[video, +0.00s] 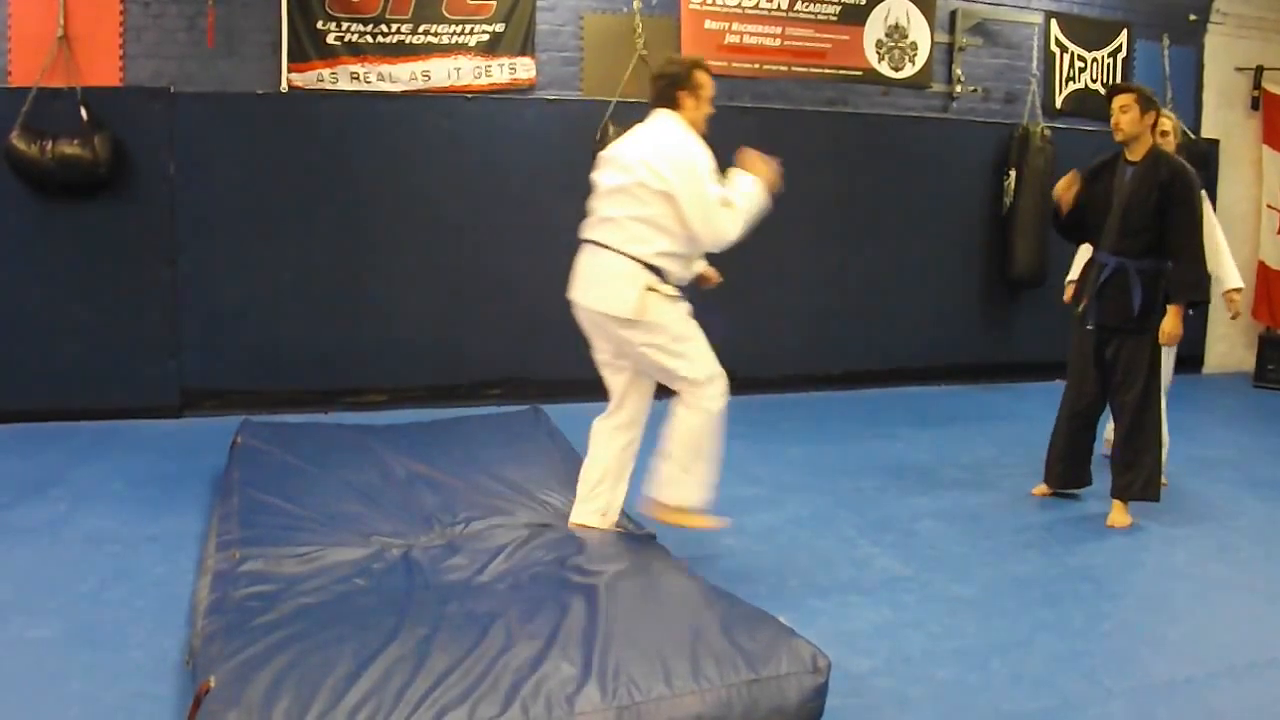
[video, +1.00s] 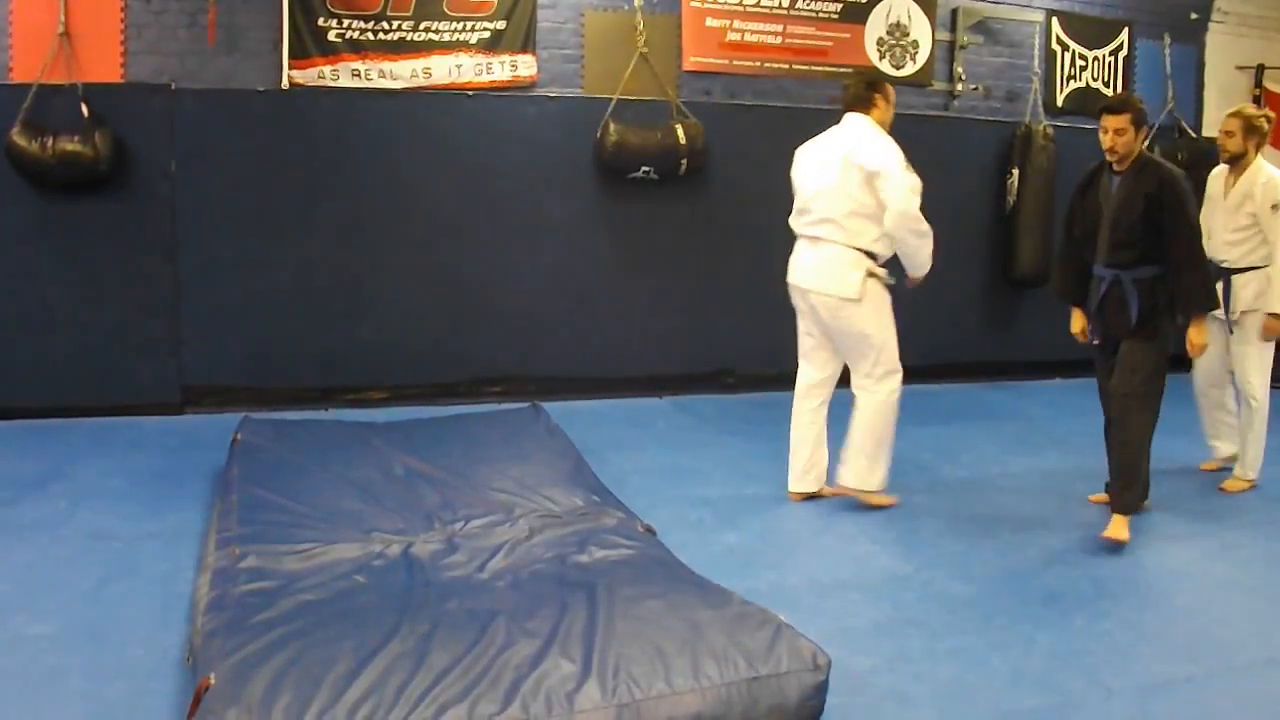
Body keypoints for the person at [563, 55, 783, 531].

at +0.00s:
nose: (711, 108)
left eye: (710, 98)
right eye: (707, 98)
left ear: (669, 97)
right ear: (684, 98)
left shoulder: (628, 141)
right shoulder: (685, 149)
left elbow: (630, 222)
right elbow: (714, 231)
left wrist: (688, 265)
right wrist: (753, 182)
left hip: (589, 283)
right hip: (633, 290)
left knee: (629, 398)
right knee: (705, 383)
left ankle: (592, 515)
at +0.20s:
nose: (779, 117)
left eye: (778, 107)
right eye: (774, 107)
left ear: (737, 106)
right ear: (753, 106)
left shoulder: (683, 153)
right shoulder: (754, 160)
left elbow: (685, 221)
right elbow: (781, 245)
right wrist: (834, 226)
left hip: (663, 290)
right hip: (713, 301)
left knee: (681, 405)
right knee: (751, 417)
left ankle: (609, 496)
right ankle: (759, 531)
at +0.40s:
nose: (824, 109)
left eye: (824, 98)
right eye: (821, 99)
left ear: (779, 95)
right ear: (802, 97)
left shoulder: (727, 142)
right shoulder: (803, 151)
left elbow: (723, 212)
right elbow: (826, 234)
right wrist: (879, 221)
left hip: (713, 278)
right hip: (757, 288)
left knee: (762, 379)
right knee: (779, 408)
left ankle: (711, 454)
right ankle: (764, 528)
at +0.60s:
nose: (849, 113)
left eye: (848, 103)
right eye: (846, 103)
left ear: (807, 100)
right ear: (827, 100)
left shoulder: (754, 147)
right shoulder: (828, 153)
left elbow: (755, 216)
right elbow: (856, 231)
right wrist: (906, 219)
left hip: (747, 281)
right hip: (789, 289)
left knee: (791, 388)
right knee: (784, 404)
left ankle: (796, 476)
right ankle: (761, 525)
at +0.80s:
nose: (871, 115)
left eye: (870, 107)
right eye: (867, 106)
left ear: (828, 107)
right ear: (846, 105)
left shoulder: (784, 153)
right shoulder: (849, 150)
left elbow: (784, 219)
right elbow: (875, 222)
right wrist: (912, 193)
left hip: (779, 277)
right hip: (817, 283)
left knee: (805, 388)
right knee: (837, 396)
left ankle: (810, 480)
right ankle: (781, 493)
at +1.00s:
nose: (894, 109)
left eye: (892, 101)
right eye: (891, 101)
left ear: (849, 102)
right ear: (878, 101)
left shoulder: (810, 148)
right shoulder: (884, 152)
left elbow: (806, 209)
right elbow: (903, 214)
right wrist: (918, 265)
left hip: (804, 264)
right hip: (850, 273)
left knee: (814, 374)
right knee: (879, 376)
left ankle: (804, 480)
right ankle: (861, 480)